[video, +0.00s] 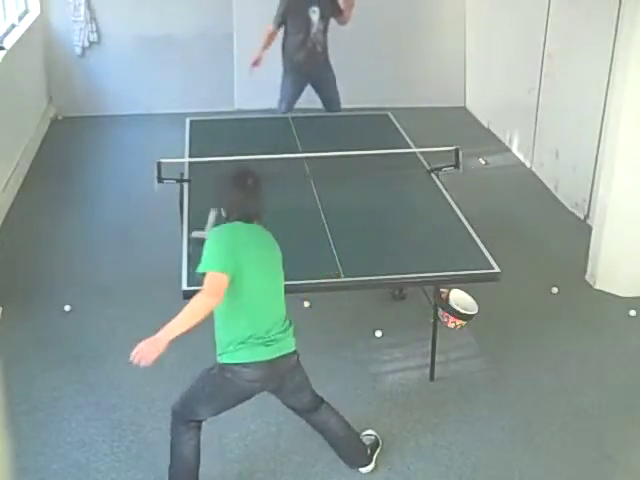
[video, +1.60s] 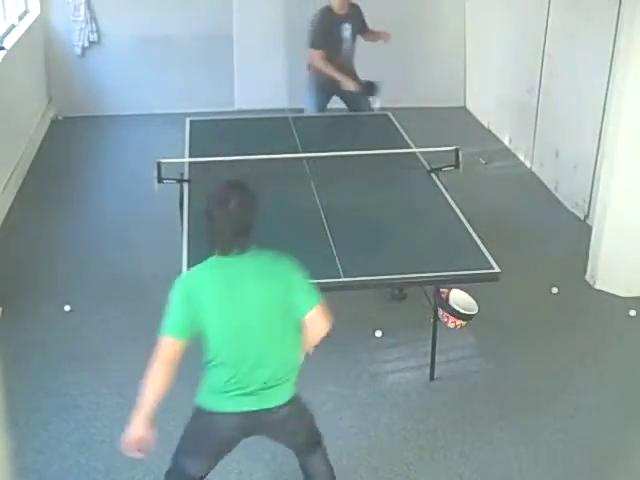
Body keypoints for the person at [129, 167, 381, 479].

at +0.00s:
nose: (218, 201)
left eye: (221, 194)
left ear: (225, 201)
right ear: (255, 202)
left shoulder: (221, 237)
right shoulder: (268, 239)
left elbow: (212, 294)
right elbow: (268, 291)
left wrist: (160, 339)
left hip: (243, 367)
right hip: (284, 360)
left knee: (185, 414)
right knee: (314, 408)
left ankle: (181, 474)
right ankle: (362, 456)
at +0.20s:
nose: (225, 192)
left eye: (225, 185)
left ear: (224, 189)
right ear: (259, 187)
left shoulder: (229, 230)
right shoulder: (272, 225)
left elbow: (233, 291)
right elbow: (275, 282)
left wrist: (213, 343)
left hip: (254, 355)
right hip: (293, 344)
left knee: (203, 418)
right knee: (321, 401)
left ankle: (188, 475)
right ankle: (365, 457)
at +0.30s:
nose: (223, 189)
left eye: (223, 181)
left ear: (224, 187)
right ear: (260, 184)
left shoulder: (231, 232)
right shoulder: (277, 223)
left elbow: (237, 295)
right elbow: (283, 276)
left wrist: (226, 355)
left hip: (259, 354)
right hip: (299, 343)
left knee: (210, 420)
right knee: (325, 398)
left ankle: (190, 475)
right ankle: (366, 455)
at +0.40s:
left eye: (221, 186)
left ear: (221, 192)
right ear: (258, 188)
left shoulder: (226, 241)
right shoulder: (277, 227)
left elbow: (227, 310)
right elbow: (291, 249)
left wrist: (208, 370)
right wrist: (302, 249)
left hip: (262, 359)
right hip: (304, 345)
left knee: (208, 416)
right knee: (324, 390)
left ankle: (187, 475)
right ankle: (365, 449)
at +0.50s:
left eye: (217, 195)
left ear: (216, 201)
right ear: (251, 198)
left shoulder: (213, 251)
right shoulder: (278, 236)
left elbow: (202, 321)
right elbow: (304, 286)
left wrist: (167, 376)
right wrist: (313, 267)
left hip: (255, 365)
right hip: (300, 353)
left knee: (200, 409)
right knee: (323, 391)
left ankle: (184, 475)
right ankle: (365, 448)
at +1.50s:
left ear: (225, 207)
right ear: (264, 204)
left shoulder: (211, 266)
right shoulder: (295, 245)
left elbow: (202, 345)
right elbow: (340, 293)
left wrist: (184, 412)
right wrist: (310, 323)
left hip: (234, 399)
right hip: (292, 395)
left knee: (196, 461)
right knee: (318, 449)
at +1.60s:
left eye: (216, 216)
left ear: (212, 223)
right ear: (251, 222)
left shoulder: (191, 282)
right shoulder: (284, 267)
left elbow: (167, 356)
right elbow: (320, 322)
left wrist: (141, 421)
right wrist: (293, 351)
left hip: (219, 414)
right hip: (280, 407)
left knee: (183, 473)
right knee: (312, 452)